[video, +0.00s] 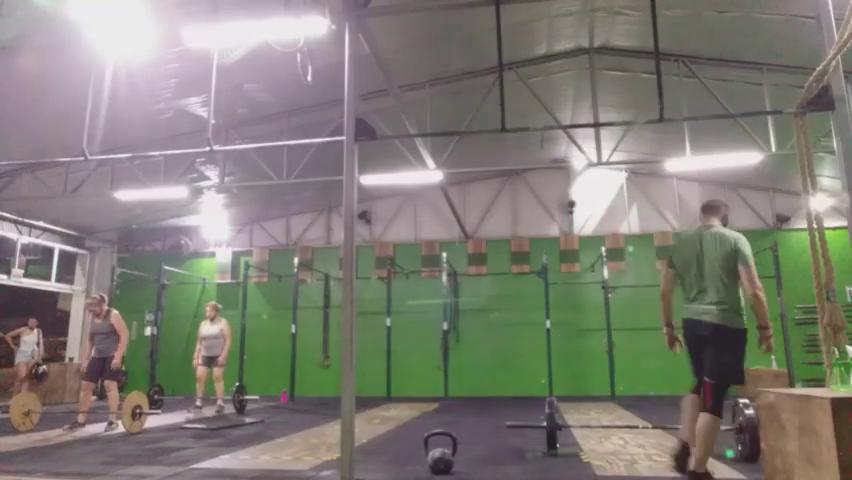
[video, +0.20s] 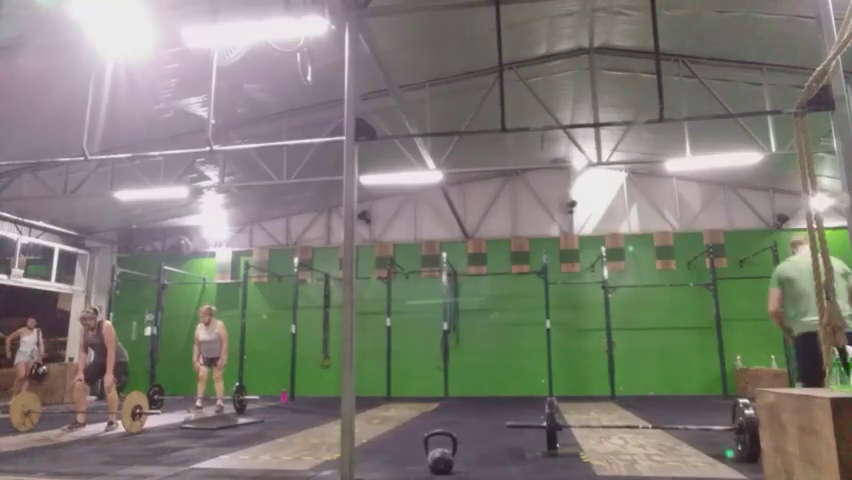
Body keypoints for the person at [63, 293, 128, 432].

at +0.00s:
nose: (93, 312)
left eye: (95, 309)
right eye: (91, 310)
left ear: (102, 305)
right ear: (90, 308)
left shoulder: (113, 315)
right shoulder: (92, 318)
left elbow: (124, 335)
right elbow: (90, 340)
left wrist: (118, 356)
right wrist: (85, 359)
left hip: (111, 356)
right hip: (96, 356)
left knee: (110, 385)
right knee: (86, 385)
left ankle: (112, 420)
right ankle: (81, 419)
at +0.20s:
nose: (88, 327)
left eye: (90, 324)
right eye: (85, 325)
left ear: (96, 319)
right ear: (82, 322)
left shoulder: (106, 326)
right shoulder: (85, 330)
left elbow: (111, 350)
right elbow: (83, 351)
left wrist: (109, 373)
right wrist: (80, 372)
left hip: (117, 361)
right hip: (100, 361)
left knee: (108, 384)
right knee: (79, 384)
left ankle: (112, 420)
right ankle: (80, 420)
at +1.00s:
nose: (82, 332)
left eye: (83, 329)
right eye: (80, 330)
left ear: (91, 325)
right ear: (80, 329)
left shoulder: (105, 333)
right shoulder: (84, 336)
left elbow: (111, 357)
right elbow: (80, 357)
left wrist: (111, 379)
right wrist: (74, 379)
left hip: (119, 360)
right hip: (102, 361)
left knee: (109, 387)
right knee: (81, 385)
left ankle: (112, 421)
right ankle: (80, 420)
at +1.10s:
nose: (83, 343)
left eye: (84, 340)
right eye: (81, 341)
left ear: (91, 334)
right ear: (79, 338)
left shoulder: (104, 338)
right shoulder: (83, 343)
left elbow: (107, 364)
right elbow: (76, 367)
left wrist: (108, 389)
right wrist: (67, 391)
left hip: (120, 363)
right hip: (102, 364)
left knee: (111, 385)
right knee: (81, 385)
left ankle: (112, 420)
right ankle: (80, 420)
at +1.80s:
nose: (84, 332)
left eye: (87, 329)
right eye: (82, 329)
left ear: (96, 329)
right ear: (81, 330)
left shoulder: (107, 339)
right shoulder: (84, 340)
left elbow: (113, 363)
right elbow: (78, 362)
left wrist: (115, 388)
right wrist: (70, 385)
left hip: (120, 362)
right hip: (102, 362)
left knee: (110, 385)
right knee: (81, 385)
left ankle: (112, 421)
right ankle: (80, 421)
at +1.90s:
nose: (90, 314)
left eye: (93, 311)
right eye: (88, 311)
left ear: (101, 312)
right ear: (87, 312)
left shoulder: (109, 324)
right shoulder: (88, 325)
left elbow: (116, 348)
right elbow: (81, 346)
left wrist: (117, 369)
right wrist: (71, 367)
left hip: (113, 356)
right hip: (99, 356)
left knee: (111, 385)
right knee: (84, 383)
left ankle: (112, 421)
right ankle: (80, 420)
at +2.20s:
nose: (87, 322)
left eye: (90, 319)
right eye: (86, 319)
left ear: (98, 318)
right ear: (85, 318)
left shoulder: (109, 327)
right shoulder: (87, 328)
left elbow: (116, 350)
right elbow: (80, 349)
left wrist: (117, 372)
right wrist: (71, 371)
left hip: (118, 357)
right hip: (101, 357)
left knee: (113, 384)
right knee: (86, 384)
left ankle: (113, 420)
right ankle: (80, 420)